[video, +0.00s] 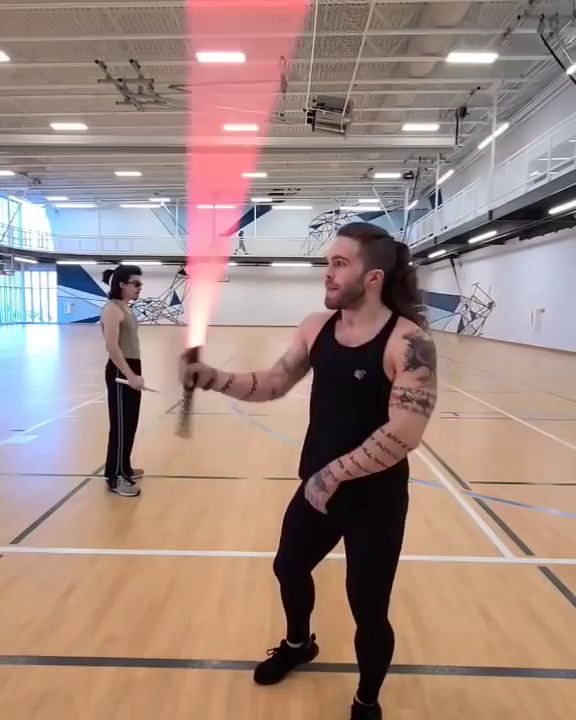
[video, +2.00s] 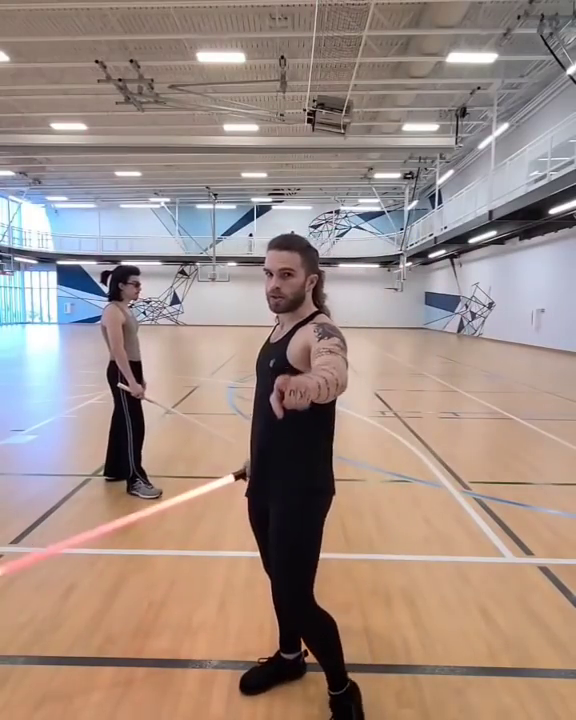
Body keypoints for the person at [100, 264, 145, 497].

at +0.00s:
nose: (138, 288)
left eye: (139, 284)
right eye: (134, 284)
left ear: (131, 287)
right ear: (121, 285)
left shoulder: (125, 309)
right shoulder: (112, 310)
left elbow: (127, 343)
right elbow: (112, 347)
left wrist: (136, 371)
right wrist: (130, 375)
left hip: (132, 367)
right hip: (119, 369)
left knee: (130, 424)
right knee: (120, 426)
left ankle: (124, 467)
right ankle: (114, 477)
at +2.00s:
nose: (138, 289)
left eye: (139, 285)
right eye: (134, 285)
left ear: (129, 287)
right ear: (120, 286)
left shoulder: (124, 310)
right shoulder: (113, 312)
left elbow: (130, 347)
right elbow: (118, 350)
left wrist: (139, 378)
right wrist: (131, 381)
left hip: (132, 368)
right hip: (123, 371)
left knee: (123, 422)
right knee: (135, 425)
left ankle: (115, 468)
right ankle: (135, 479)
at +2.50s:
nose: (137, 288)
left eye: (138, 284)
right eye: (133, 284)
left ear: (130, 287)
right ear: (119, 286)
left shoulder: (125, 310)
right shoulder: (113, 312)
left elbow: (133, 346)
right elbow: (119, 350)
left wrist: (147, 372)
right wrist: (133, 381)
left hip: (132, 369)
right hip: (123, 371)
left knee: (122, 421)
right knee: (136, 424)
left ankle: (114, 468)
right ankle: (136, 480)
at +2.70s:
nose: (137, 288)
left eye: (138, 284)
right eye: (133, 284)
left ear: (130, 287)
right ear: (119, 286)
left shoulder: (125, 310)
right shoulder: (113, 312)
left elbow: (133, 347)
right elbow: (119, 351)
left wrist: (146, 372)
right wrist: (132, 382)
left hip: (131, 370)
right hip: (123, 372)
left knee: (122, 422)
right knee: (136, 425)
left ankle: (114, 468)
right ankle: (136, 480)